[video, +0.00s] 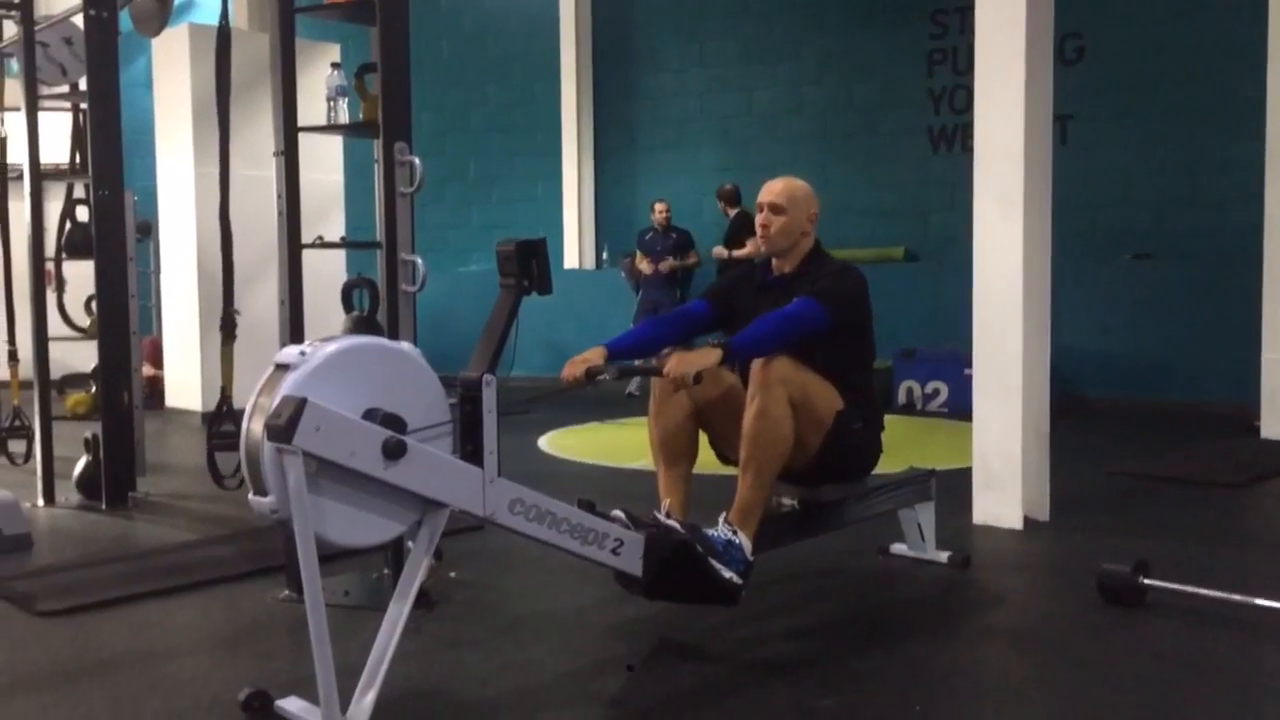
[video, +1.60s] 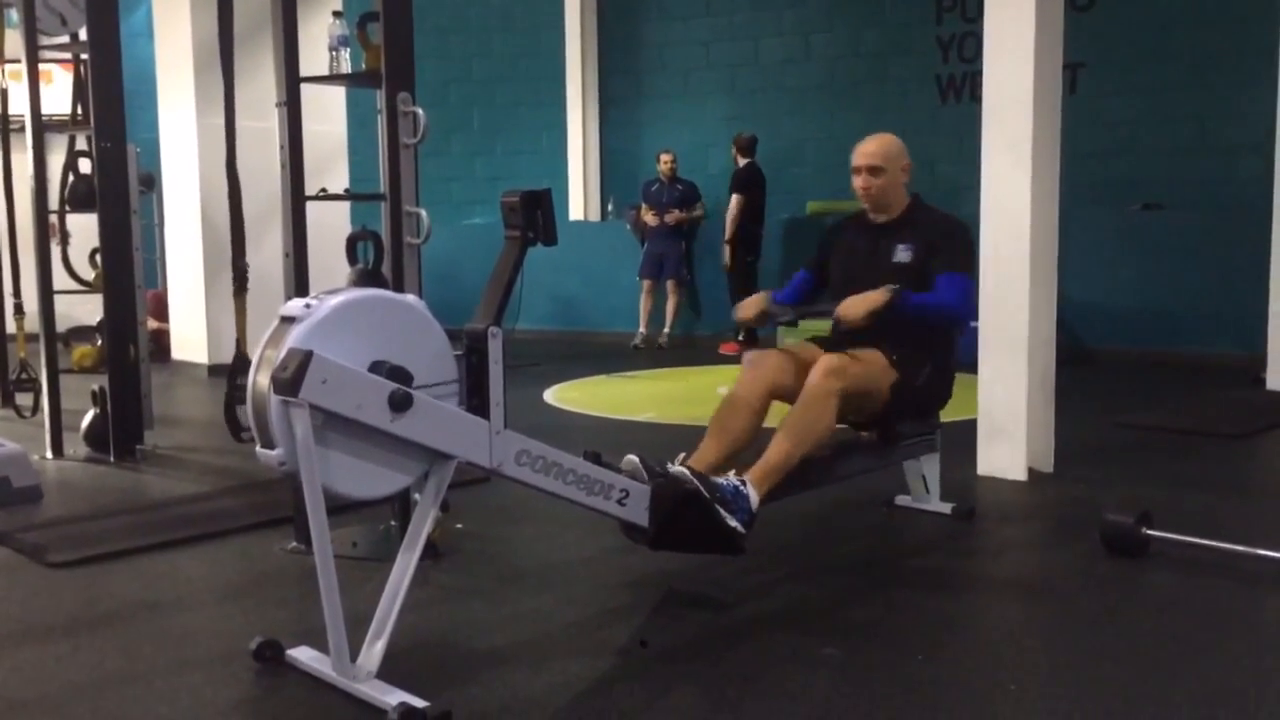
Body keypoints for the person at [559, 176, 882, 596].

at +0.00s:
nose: (761, 221)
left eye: (775, 211)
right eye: (759, 211)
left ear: (809, 223)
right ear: (753, 219)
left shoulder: (841, 281)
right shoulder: (744, 279)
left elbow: (790, 323)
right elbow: (683, 321)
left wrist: (720, 351)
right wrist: (605, 351)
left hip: (841, 449)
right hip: (766, 445)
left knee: (771, 368)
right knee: (673, 374)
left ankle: (737, 537)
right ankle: (671, 524)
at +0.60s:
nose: (802, 188)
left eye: (816, 179)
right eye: (799, 179)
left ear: (848, 191)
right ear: (793, 186)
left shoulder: (877, 252)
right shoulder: (783, 252)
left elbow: (830, 294)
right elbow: (718, 291)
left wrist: (762, 317)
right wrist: (649, 314)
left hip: (880, 400)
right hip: (806, 400)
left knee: (801, 350)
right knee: (720, 350)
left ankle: (746, 509)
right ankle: (684, 492)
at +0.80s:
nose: (833, 172)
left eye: (846, 164)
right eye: (830, 164)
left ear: (877, 174)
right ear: (824, 172)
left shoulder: (903, 236)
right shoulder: (809, 238)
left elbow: (860, 277)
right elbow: (753, 276)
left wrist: (797, 301)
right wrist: (684, 304)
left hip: (895, 377)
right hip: (822, 372)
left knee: (810, 358)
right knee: (732, 353)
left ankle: (746, 502)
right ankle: (682, 485)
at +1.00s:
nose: (883, 170)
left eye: (896, 160)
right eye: (879, 161)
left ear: (926, 170)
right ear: (873, 168)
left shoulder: (946, 230)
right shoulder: (854, 233)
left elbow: (918, 273)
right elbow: (802, 278)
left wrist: (856, 292)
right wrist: (742, 298)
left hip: (911, 363)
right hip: (844, 354)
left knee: (820, 377)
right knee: (752, 368)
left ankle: (745, 499)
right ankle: (678, 481)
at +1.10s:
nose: (905, 179)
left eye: (918, 171)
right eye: (901, 170)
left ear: (946, 179)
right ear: (896, 177)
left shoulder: (968, 235)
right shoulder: (869, 239)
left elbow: (952, 287)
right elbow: (825, 291)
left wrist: (889, 293)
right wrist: (778, 299)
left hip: (920, 360)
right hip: (855, 350)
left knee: (830, 384)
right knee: (774, 381)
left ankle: (746, 497)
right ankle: (680, 482)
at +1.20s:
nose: (919, 192)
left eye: (931, 182)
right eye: (914, 183)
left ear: (959, 187)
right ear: (910, 187)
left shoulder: (987, 245)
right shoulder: (887, 245)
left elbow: (985, 304)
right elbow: (846, 303)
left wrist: (927, 295)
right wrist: (813, 304)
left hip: (924, 353)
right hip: (863, 344)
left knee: (834, 405)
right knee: (789, 396)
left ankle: (746, 496)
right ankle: (690, 480)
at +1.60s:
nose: (862, 182)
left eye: (874, 173)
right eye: (856, 173)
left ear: (905, 174)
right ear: (851, 176)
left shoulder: (943, 231)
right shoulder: (843, 233)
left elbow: (955, 305)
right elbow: (809, 286)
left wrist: (888, 296)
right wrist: (771, 301)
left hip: (913, 363)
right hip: (845, 355)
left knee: (828, 373)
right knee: (760, 364)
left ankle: (748, 493)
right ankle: (686, 476)